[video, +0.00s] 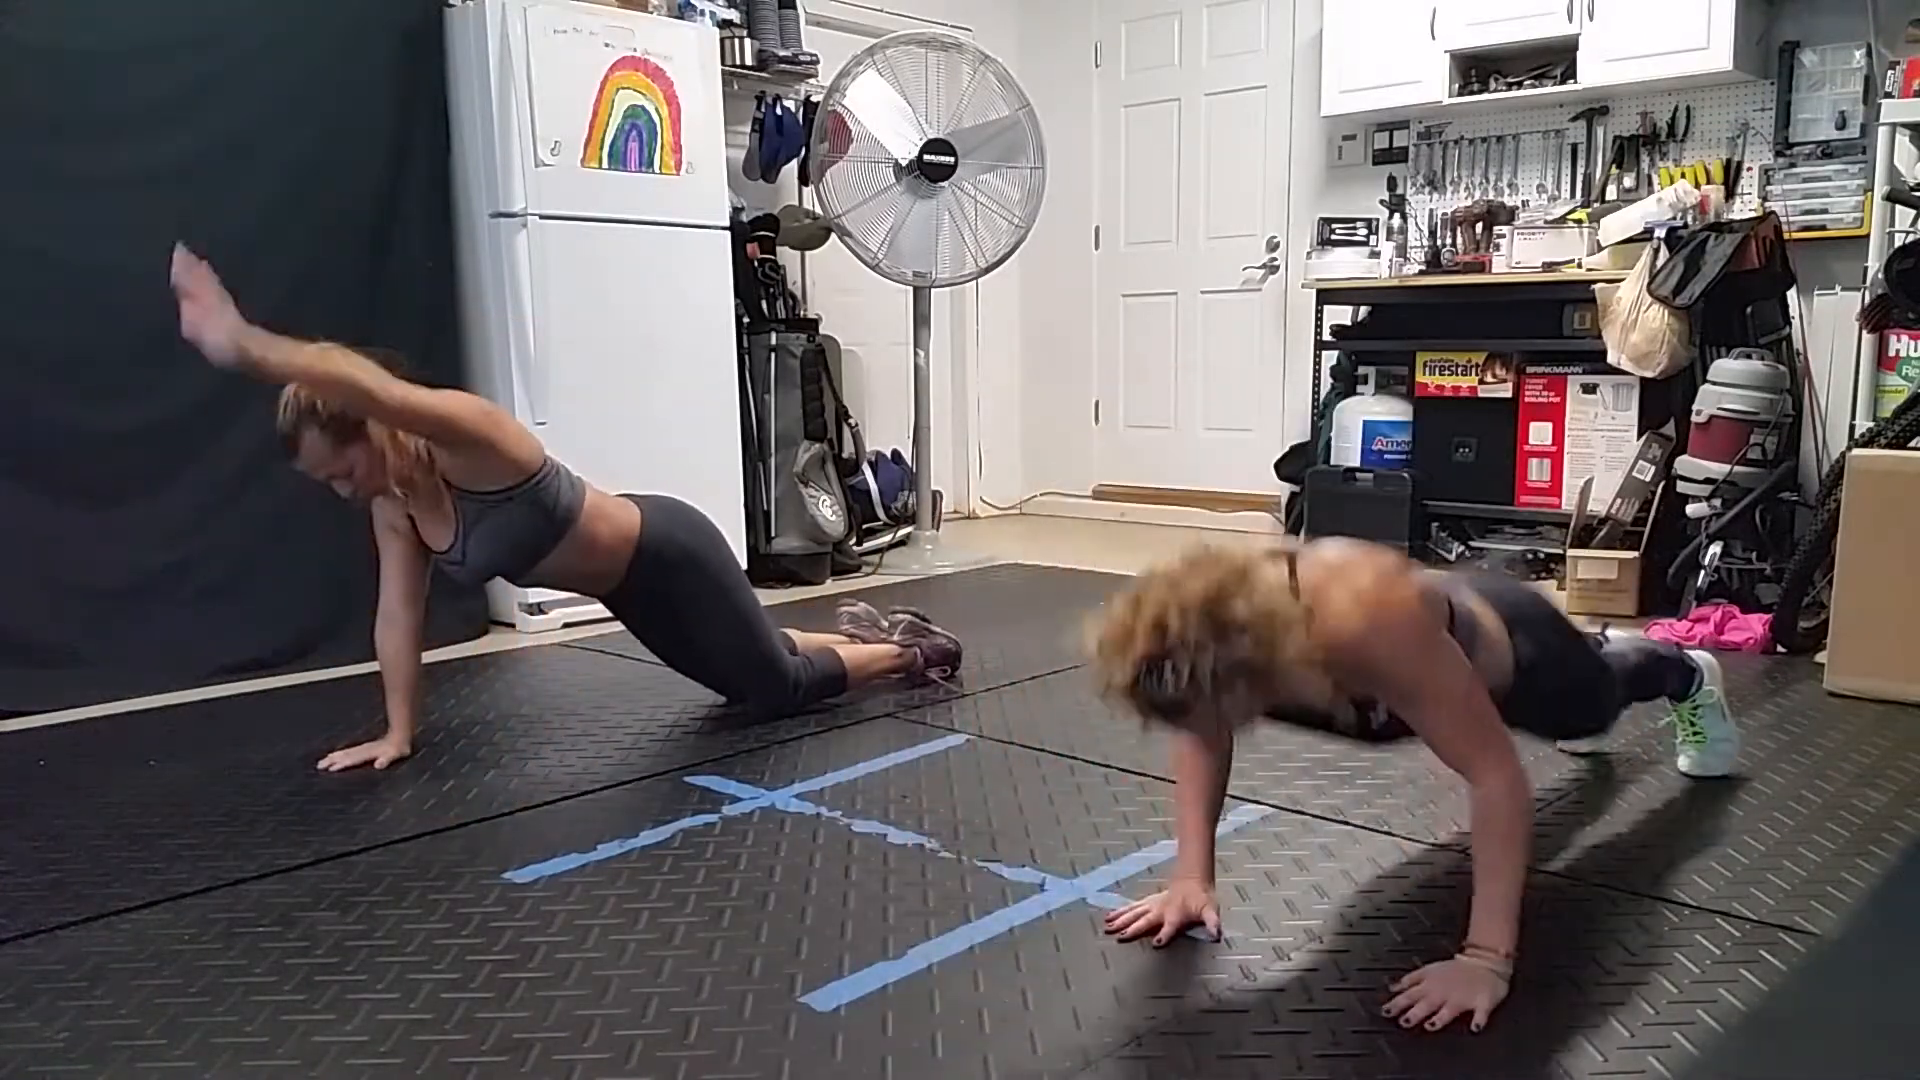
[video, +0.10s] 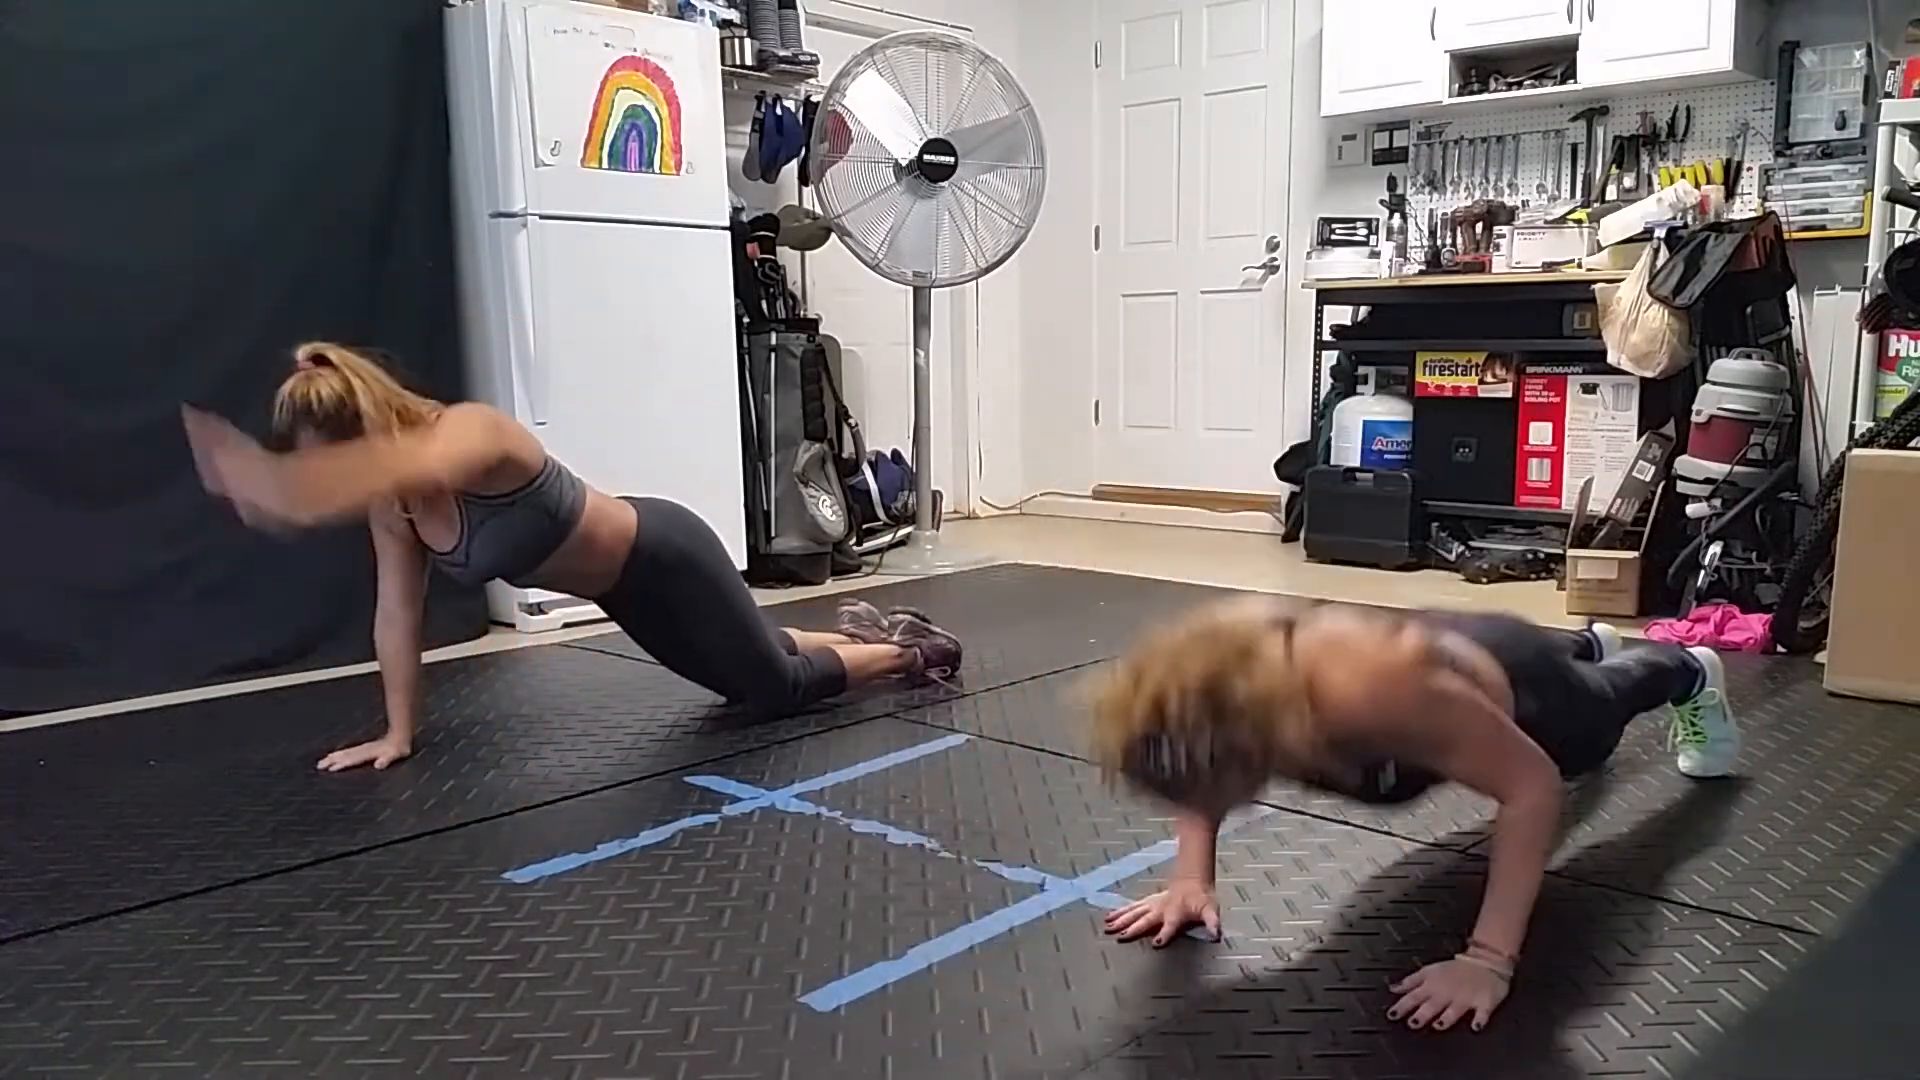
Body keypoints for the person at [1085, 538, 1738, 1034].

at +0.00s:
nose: (1208, 730)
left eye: (1211, 713)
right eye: (1190, 725)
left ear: (1236, 668)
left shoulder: (1364, 615)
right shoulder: (1211, 629)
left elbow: (1499, 777)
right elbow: (1199, 733)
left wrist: (1485, 957)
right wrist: (1189, 874)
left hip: (1515, 639)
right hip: (1426, 631)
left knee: (1611, 679)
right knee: (1562, 677)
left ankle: (1688, 674)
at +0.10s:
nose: (1203, 810)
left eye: (1207, 794)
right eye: (1187, 799)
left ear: (1240, 750)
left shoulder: (1363, 688)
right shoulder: (1212, 672)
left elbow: (1534, 786)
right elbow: (1191, 772)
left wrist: (1487, 957)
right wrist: (1188, 877)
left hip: (1519, 676)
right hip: (1436, 646)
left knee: (1615, 688)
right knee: (1532, 654)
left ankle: (1691, 668)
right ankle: (1591, 640)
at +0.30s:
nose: (1215, 977)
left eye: (1224, 959)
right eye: (1188, 964)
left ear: (1257, 903)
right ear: (1141, 875)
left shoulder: (1370, 833)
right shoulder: (1182, 748)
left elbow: (1544, 793)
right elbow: (1196, 702)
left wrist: (1487, 958)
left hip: (1498, 728)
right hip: (1387, 693)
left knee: (1604, 703)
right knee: (1518, 673)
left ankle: (1689, 665)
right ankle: (1596, 640)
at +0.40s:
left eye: (1214, 984)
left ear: (1254, 938)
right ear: (1144, 873)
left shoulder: (1371, 860)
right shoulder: (1172, 791)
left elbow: (1542, 791)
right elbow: (1187, 707)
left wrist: (1488, 958)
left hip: (1492, 738)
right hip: (1390, 713)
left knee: (1605, 707)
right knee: (1507, 681)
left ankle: (1690, 666)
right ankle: (1593, 641)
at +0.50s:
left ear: (1252, 938)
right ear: (1151, 859)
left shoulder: (1367, 859)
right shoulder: (1170, 797)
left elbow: (1542, 792)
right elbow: (1189, 707)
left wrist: (1489, 958)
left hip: (1497, 735)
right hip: (1388, 710)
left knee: (1607, 705)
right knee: (1510, 679)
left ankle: (1689, 665)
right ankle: (1593, 641)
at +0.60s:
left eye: (1202, 952)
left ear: (1243, 911)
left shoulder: (1367, 840)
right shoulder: (1179, 766)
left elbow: (1547, 796)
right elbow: (1188, 704)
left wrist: (1489, 959)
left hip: (1497, 729)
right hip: (1386, 696)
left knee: (1609, 705)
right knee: (1516, 672)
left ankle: (1690, 664)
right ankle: (1595, 640)